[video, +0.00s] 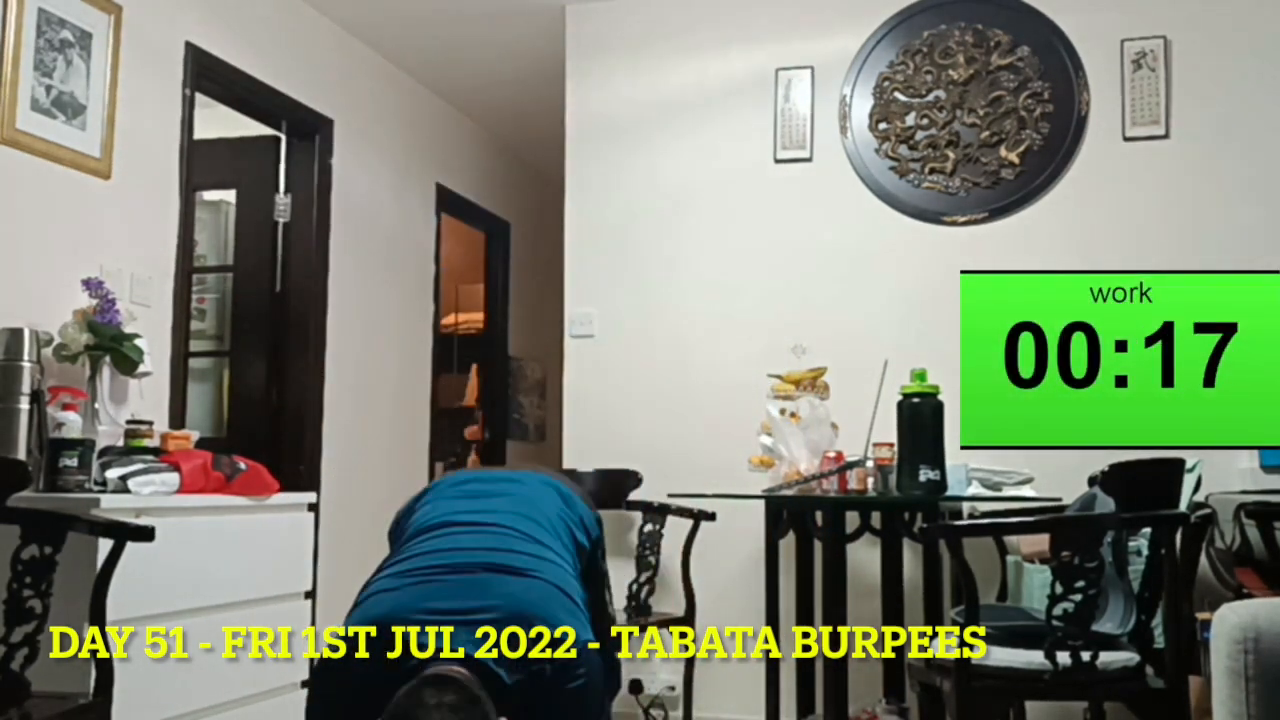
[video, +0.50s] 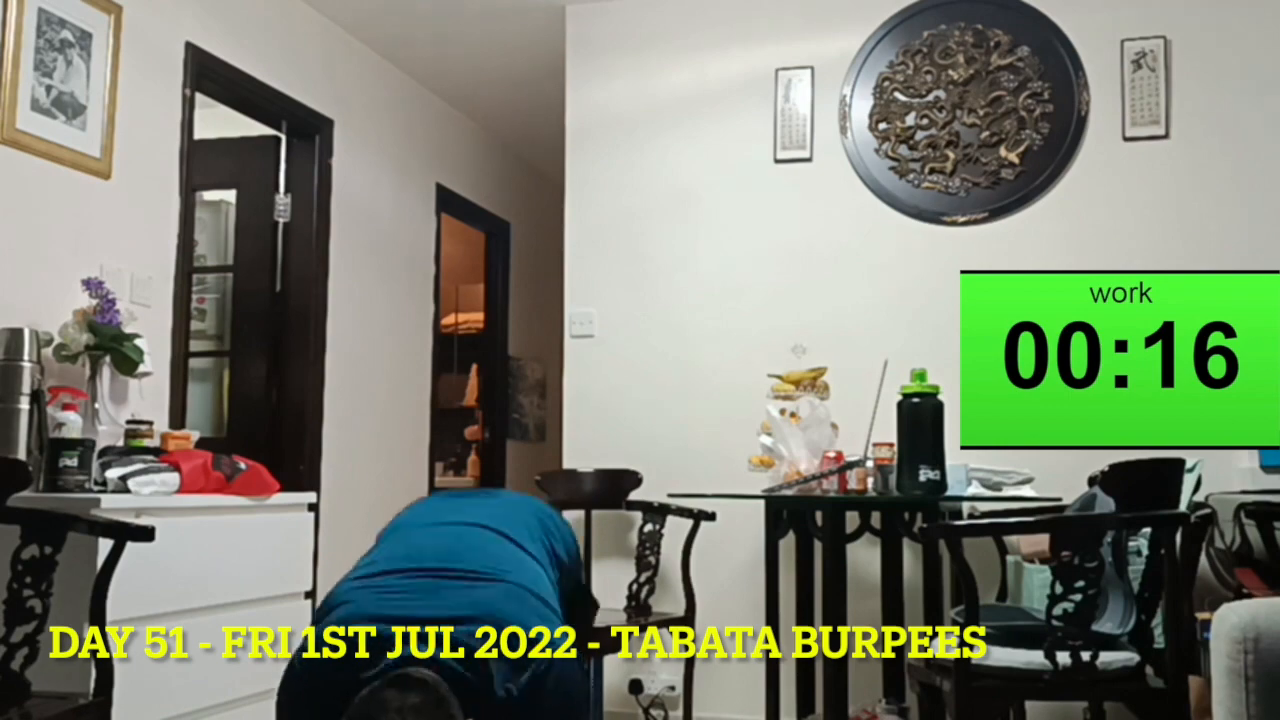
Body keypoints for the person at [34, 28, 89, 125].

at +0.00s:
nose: (66, 51)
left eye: (69, 48)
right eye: (63, 48)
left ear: (74, 49)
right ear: (60, 50)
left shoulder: (79, 66)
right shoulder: (61, 60)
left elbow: (69, 89)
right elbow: (56, 80)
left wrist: (49, 82)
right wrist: (49, 101)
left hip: (79, 102)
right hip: (63, 94)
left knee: (64, 98)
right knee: (48, 88)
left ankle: (69, 119)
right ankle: (60, 116)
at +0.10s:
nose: (66, 51)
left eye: (68, 48)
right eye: (63, 48)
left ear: (74, 49)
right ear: (60, 50)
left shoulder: (79, 66)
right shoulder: (61, 60)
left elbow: (69, 89)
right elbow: (57, 80)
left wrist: (49, 82)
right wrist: (49, 100)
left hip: (78, 101)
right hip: (63, 94)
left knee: (64, 98)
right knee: (48, 88)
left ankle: (69, 119)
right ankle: (60, 116)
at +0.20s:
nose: (66, 51)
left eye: (69, 48)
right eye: (63, 48)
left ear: (74, 49)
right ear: (60, 50)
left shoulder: (79, 66)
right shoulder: (61, 60)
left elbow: (69, 89)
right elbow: (57, 80)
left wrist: (49, 82)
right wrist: (49, 100)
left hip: (78, 101)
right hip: (63, 94)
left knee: (64, 98)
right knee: (48, 88)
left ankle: (69, 119)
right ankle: (60, 116)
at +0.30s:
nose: (66, 52)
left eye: (69, 48)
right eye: (63, 50)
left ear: (73, 49)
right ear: (60, 51)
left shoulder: (78, 66)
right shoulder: (61, 60)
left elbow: (69, 89)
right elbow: (57, 81)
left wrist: (48, 82)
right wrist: (49, 101)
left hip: (78, 102)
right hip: (62, 95)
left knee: (64, 98)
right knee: (47, 88)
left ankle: (70, 120)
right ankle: (61, 116)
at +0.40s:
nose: (66, 52)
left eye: (69, 48)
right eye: (63, 50)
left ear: (73, 49)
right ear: (60, 51)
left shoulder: (78, 66)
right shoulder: (61, 60)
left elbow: (69, 89)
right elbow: (57, 81)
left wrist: (48, 82)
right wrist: (49, 101)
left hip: (78, 102)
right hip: (62, 95)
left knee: (64, 98)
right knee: (47, 88)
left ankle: (70, 120)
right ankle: (61, 116)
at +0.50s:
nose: (66, 53)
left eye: (69, 48)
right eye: (63, 50)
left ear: (74, 49)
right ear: (60, 51)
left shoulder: (79, 66)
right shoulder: (61, 60)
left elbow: (69, 89)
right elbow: (57, 81)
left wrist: (49, 82)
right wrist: (49, 101)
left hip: (78, 102)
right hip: (62, 95)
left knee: (64, 98)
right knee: (47, 88)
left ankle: (70, 120)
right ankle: (60, 116)